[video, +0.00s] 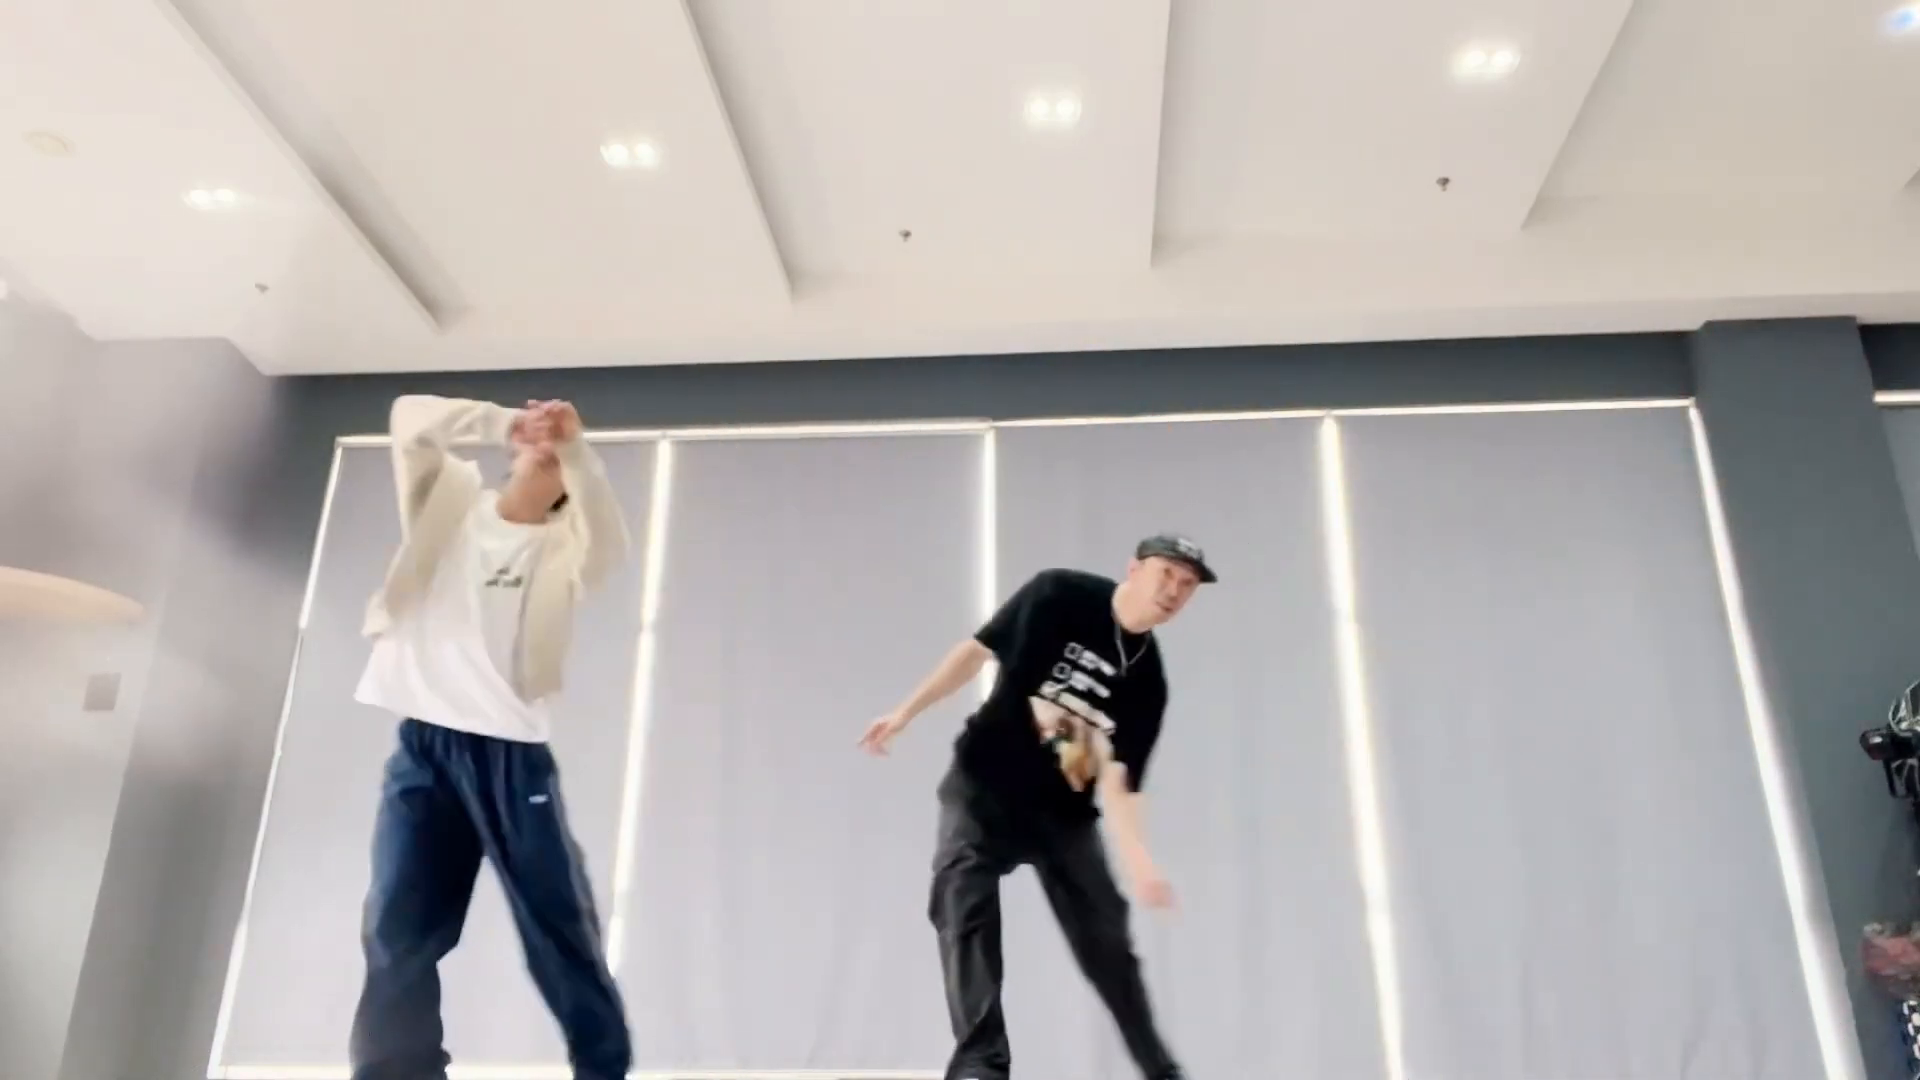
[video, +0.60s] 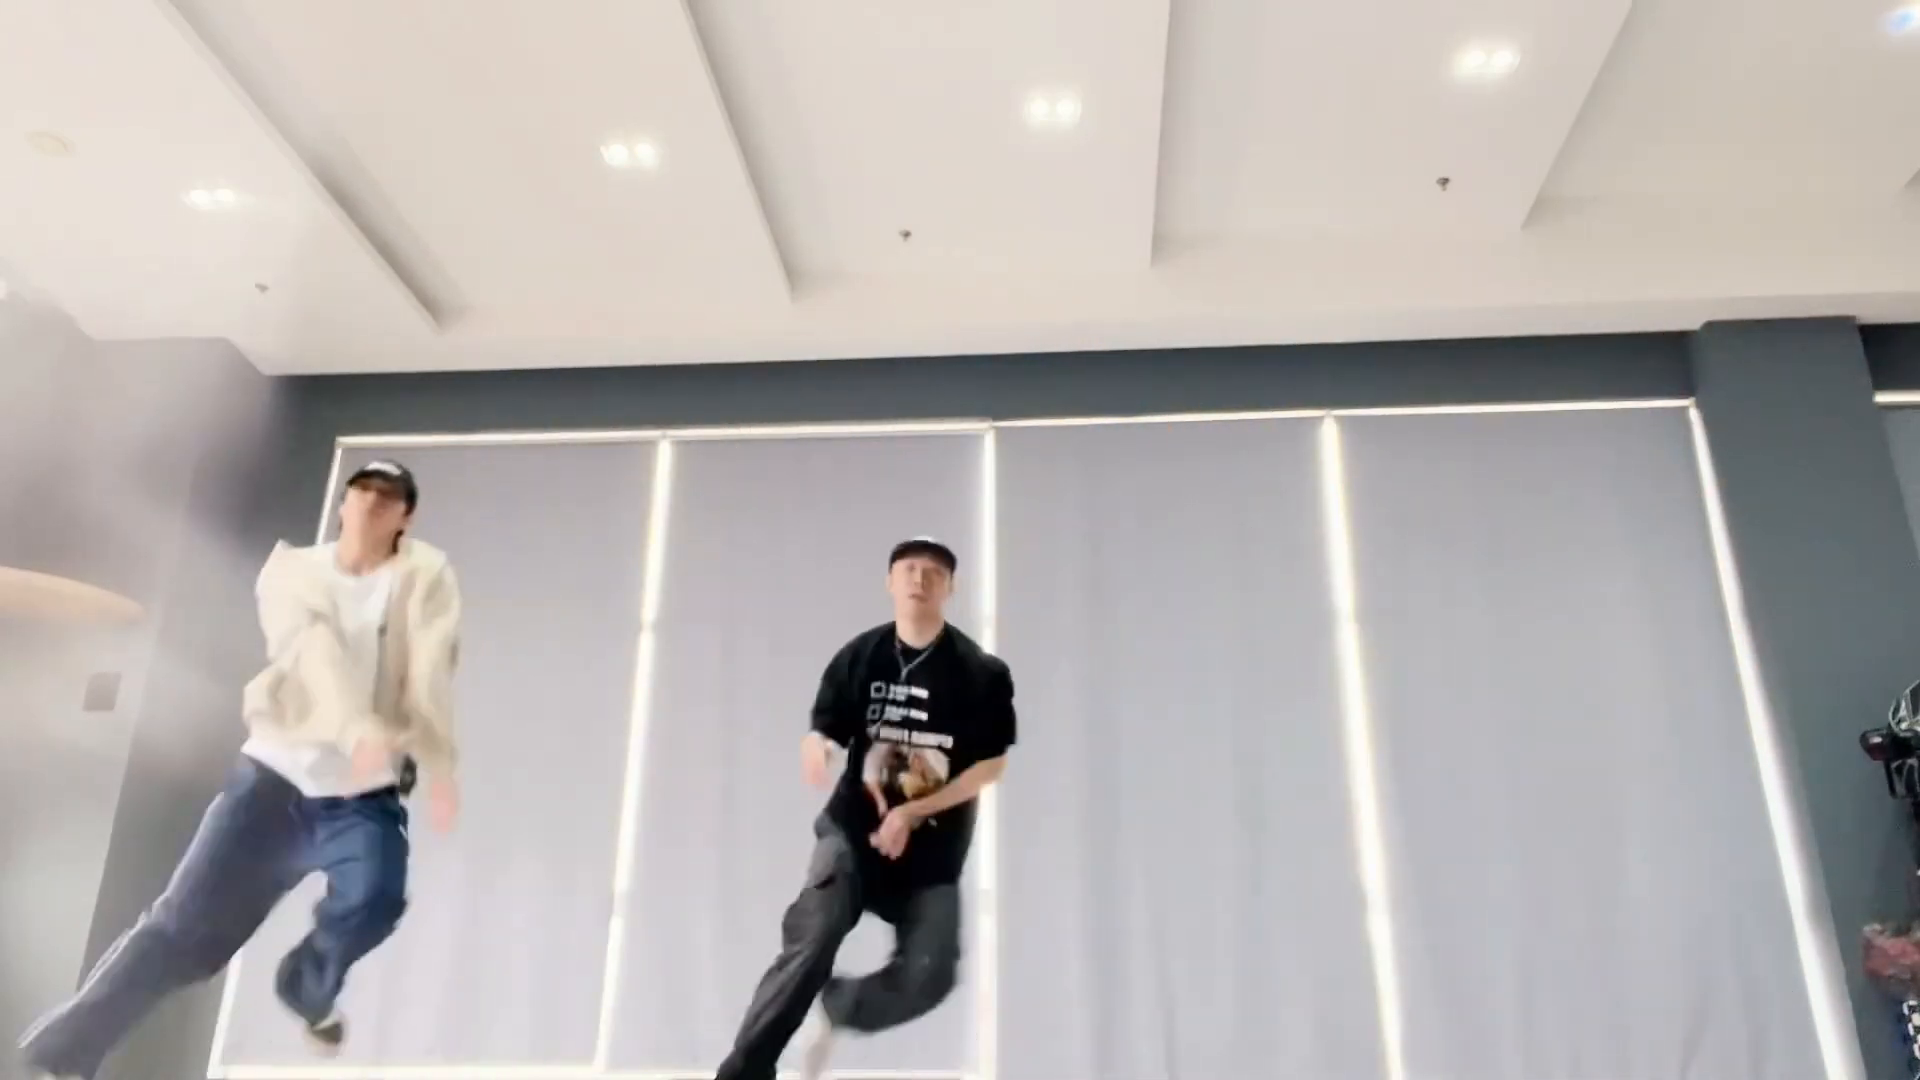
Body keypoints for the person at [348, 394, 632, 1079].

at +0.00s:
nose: (540, 445)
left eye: (555, 447)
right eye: (534, 438)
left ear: (570, 475)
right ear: (513, 447)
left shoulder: (571, 543)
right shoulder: (447, 502)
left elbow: (608, 545)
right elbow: (410, 421)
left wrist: (573, 443)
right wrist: (508, 424)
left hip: (512, 758)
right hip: (423, 749)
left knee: (562, 940)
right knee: (395, 940)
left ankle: (603, 1069)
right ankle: (399, 1074)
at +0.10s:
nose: (508, 446)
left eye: (523, 443)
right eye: (496, 434)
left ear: (536, 472)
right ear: (475, 453)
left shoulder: (537, 544)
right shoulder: (414, 505)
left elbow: (577, 565)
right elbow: (366, 440)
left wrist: (544, 463)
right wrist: (464, 423)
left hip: (485, 761)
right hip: (396, 750)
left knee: (497, 937)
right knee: (393, 933)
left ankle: (511, 1060)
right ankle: (400, 1073)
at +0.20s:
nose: (473, 459)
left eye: (484, 452)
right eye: (460, 447)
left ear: (495, 467)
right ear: (443, 458)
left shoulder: (505, 546)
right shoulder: (388, 519)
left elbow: (542, 568)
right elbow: (334, 487)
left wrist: (502, 469)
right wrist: (428, 439)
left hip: (458, 759)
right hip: (370, 741)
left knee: (427, 932)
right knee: (380, 925)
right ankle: (413, 1069)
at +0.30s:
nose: (431, 458)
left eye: (448, 449)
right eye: (419, 448)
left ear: (472, 472)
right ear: (405, 468)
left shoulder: (489, 542)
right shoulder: (373, 528)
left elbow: (500, 579)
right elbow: (324, 548)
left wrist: (464, 477)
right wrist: (392, 464)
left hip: (431, 751)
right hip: (349, 732)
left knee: (361, 912)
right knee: (317, 867)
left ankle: (287, 1056)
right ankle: (365, 1046)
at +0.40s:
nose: (404, 506)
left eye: (420, 497)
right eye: (396, 494)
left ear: (444, 513)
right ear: (379, 506)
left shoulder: (458, 580)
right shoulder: (347, 561)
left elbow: (484, 600)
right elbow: (307, 607)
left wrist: (441, 511)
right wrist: (358, 511)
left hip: (401, 773)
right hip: (320, 749)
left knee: (324, 938)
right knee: (252, 828)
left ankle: (248, 1063)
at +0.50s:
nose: (389, 491)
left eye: (405, 485)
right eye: (381, 480)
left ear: (425, 504)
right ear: (362, 492)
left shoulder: (448, 556)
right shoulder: (310, 560)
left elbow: (464, 639)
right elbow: (323, 641)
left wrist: (430, 601)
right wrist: (375, 601)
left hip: (387, 774)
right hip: (306, 752)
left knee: (310, 956)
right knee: (214, 866)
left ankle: (249, 1070)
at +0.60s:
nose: (374, 505)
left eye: (389, 498)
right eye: (365, 493)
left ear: (407, 518)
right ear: (344, 504)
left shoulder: (427, 576)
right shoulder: (292, 568)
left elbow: (431, 677)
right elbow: (310, 650)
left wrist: (439, 766)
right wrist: (358, 734)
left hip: (369, 795)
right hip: (276, 780)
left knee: (373, 901)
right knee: (183, 933)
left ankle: (308, 991)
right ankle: (55, 1060)